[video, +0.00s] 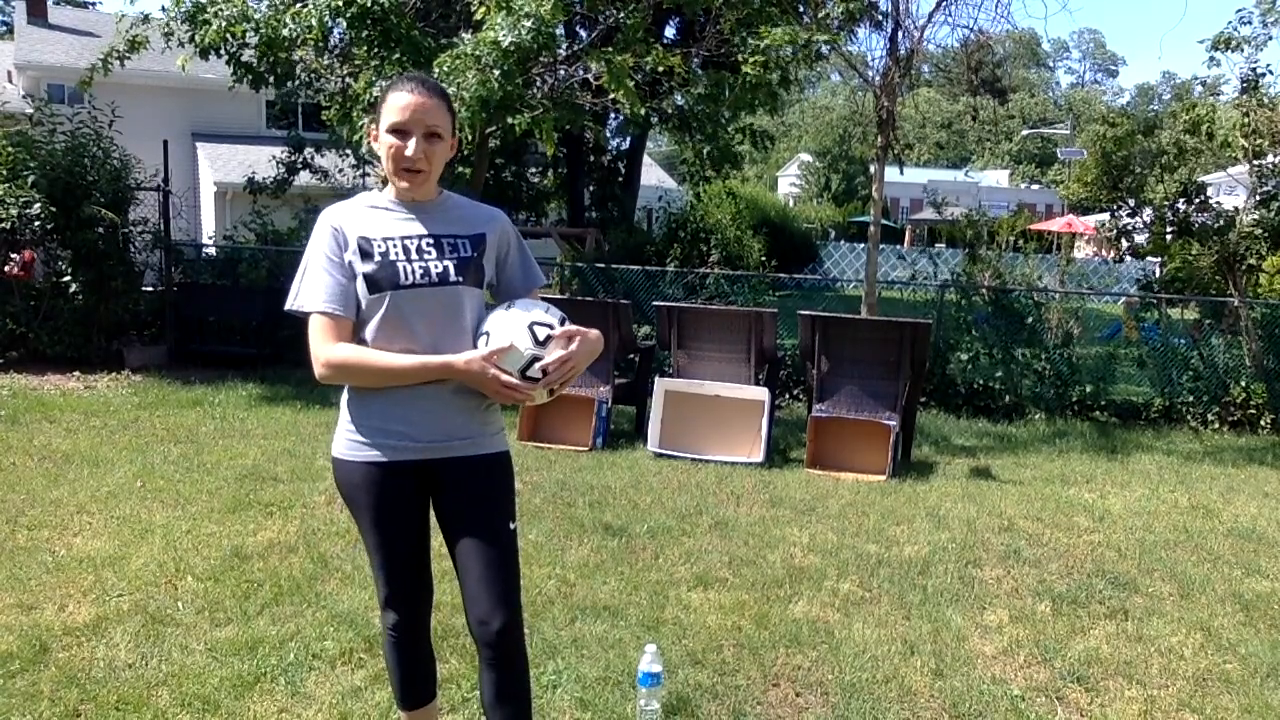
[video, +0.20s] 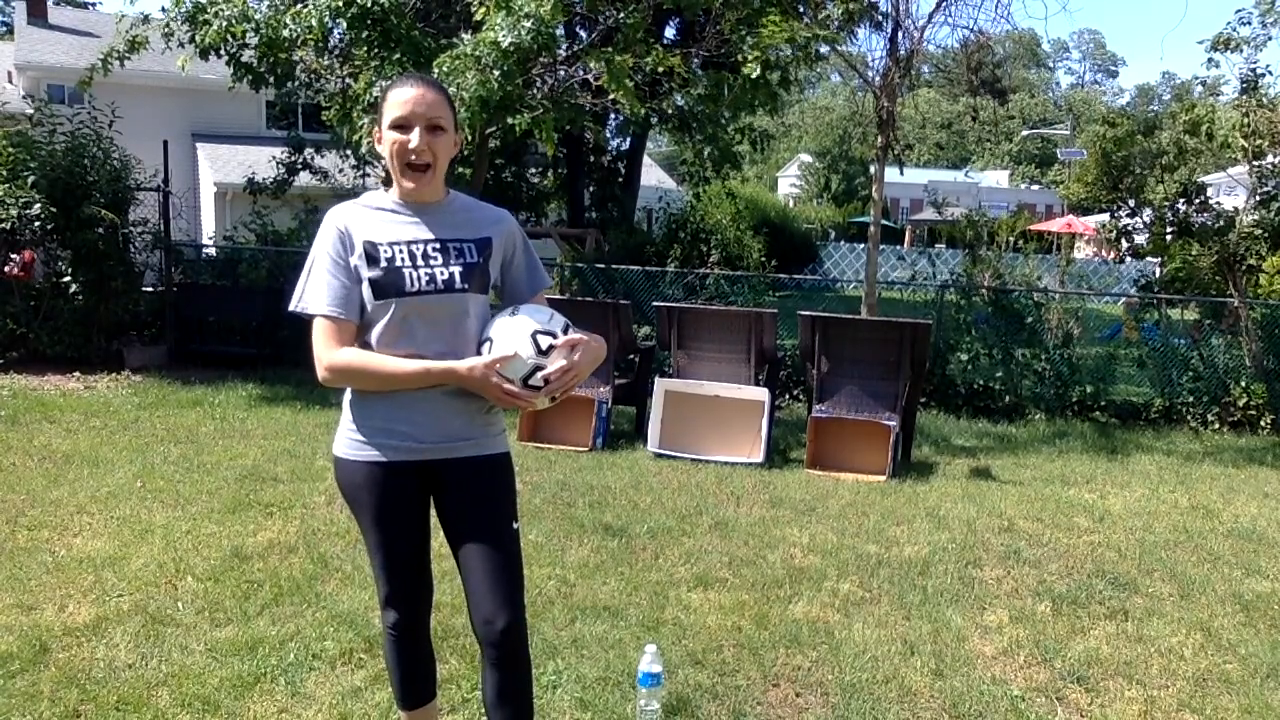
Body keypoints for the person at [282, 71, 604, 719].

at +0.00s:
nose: (413, 149)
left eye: (431, 136)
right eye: (399, 132)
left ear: (452, 145)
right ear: (374, 137)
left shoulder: (490, 226)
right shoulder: (341, 225)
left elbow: (536, 329)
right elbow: (327, 358)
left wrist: (588, 341)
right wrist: (453, 367)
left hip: (474, 453)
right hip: (377, 456)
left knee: (498, 625)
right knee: (404, 618)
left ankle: (509, 718)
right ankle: (420, 714)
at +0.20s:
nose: (418, 142)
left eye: (434, 128)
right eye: (402, 127)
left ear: (456, 141)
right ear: (379, 139)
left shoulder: (495, 227)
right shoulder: (347, 226)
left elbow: (543, 329)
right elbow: (330, 361)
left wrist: (592, 346)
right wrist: (456, 373)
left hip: (475, 451)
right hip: (379, 455)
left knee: (502, 625)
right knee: (404, 616)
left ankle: (509, 719)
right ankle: (421, 714)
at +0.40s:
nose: (422, 138)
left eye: (438, 124)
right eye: (406, 125)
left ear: (460, 139)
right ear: (383, 140)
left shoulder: (500, 227)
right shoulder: (351, 224)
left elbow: (544, 329)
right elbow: (333, 361)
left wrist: (597, 348)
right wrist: (460, 375)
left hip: (476, 450)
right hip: (380, 452)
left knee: (502, 624)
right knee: (404, 612)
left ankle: (510, 719)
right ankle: (421, 714)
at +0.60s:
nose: (425, 135)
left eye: (441, 123)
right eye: (408, 123)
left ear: (462, 139)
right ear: (385, 140)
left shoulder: (502, 227)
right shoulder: (352, 225)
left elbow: (546, 327)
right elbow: (334, 361)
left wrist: (599, 347)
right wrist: (462, 375)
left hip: (479, 450)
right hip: (383, 453)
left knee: (502, 624)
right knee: (406, 612)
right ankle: (421, 714)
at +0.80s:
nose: (420, 146)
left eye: (437, 131)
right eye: (405, 131)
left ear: (460, 139)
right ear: (383, 138)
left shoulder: (501, 225)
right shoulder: (351, 224)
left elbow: (547, 328)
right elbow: (334, 357)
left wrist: (595, 336)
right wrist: (458, 365)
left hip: (483, 452)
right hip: (385, 456)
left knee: (500, 625)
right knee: (409, 615)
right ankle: (421, 714)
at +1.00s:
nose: (415, 160)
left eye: (432, 143)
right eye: (400, 144)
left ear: (458, 146)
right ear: (380, 147)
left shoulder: (499, 230)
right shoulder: (351, 229)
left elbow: (541, 337)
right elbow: (333, 359)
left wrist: (599, 348)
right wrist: (454, 367)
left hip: (479, 452)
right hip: (382, 455)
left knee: (505, 629)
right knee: (406, 614)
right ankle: (421, 714)